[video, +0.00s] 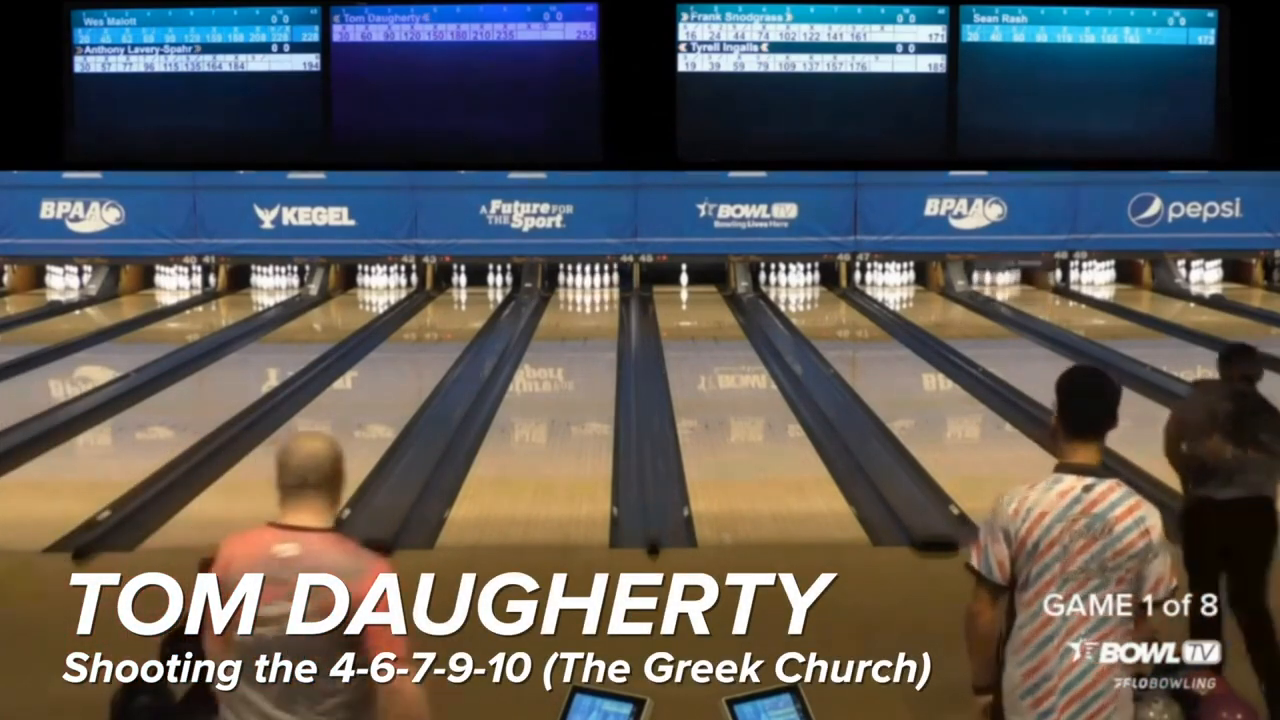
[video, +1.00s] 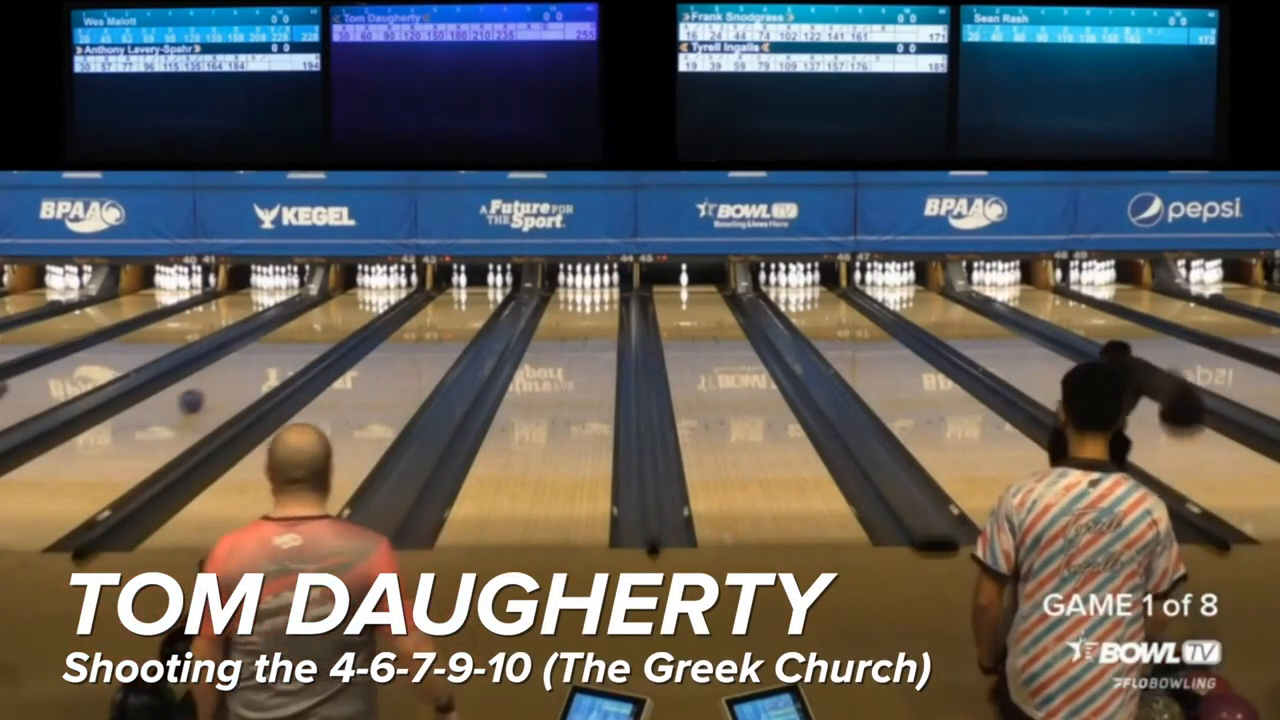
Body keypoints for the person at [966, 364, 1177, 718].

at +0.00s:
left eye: (1055, 415)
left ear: (1056, 420)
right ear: (1114, 424)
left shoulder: (1019, 507)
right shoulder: (1142, 515)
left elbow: (985, 608)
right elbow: (1151, 617)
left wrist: (985, 690)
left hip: (1029, 691)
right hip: (1107, 694)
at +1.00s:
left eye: (1061, 405)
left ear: (1063, 413)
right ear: (1122, 419)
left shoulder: (1024, 497)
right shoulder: (1149, 508)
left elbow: (987, 600)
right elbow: (1160, 607)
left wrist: (990, 662)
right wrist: (1141, 650)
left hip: (1033, 686)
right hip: (1112, 692)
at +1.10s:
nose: (1056, 409)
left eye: (1058, 403)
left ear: (1062, 411)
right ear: (1120, 417)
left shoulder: (1023, 497)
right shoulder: (1150, 507)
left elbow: (986, 599)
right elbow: (1159, 599)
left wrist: (990, 661)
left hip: (1033, 686)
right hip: (1112, 692)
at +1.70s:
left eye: (1058, 404)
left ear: (1062, 413)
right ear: (1118, 416)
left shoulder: (1023, 493)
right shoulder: (1152, 506)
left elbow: (986, 597)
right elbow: (1160, 609)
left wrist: (987, 663)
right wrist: (1139, 672)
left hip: (1032, 686)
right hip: (1110, 692)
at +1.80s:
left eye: (1059, 408)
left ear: (1061, 414)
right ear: (1117, 419)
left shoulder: (1022, 498)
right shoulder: (1147, 511)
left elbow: (984, 601)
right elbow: (1156, 611)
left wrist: (986, 665)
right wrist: (1138, 670)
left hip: (1030, 683)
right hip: (1108, 691)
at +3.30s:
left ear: (1070, 415)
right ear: (1127, 421)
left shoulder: (1032, 497)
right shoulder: (1153, 514)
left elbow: (991, 601)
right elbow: (1154, 615)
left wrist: (987, 665)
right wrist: (1137, 673)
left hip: (1032, 686)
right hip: (1109, 696)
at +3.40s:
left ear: (1070, 415)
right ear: (1126, 423)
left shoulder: (1031, 497)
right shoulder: (1152, 514)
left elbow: (991, 600)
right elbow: (1154, 614)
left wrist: (988, 667)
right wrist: (1137, 673)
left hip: (1032, 685)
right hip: (1109, 694)